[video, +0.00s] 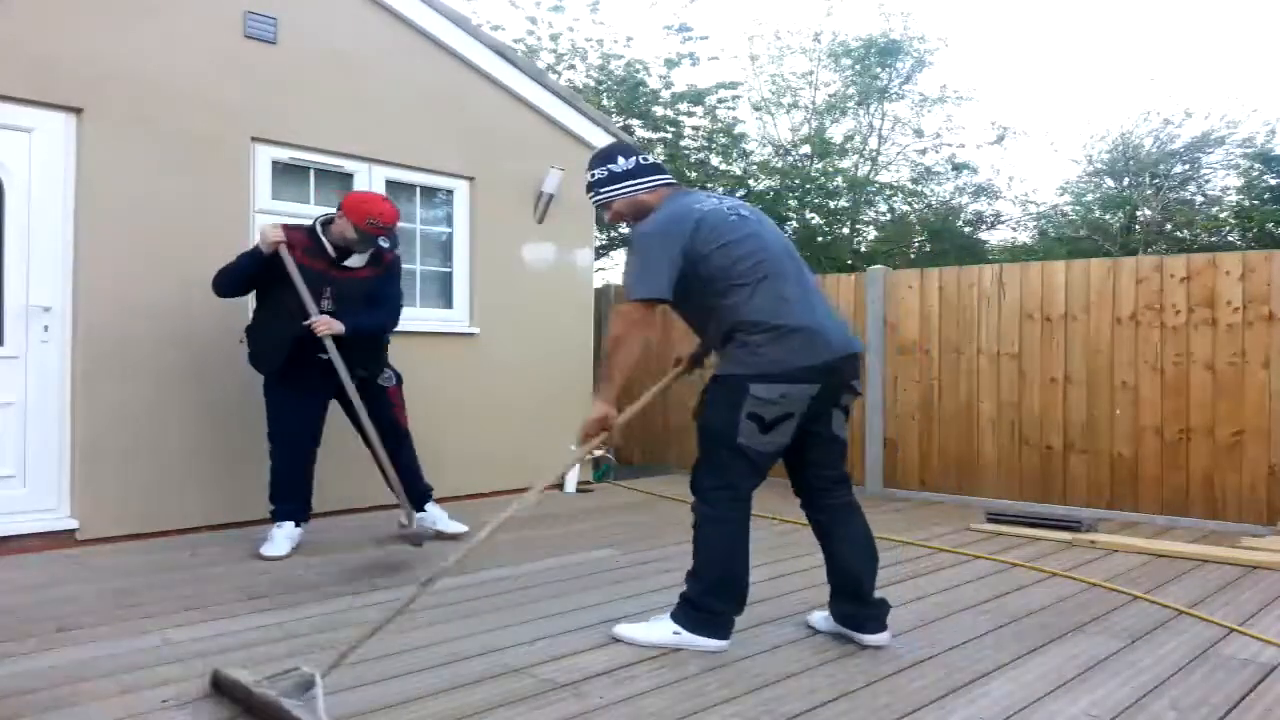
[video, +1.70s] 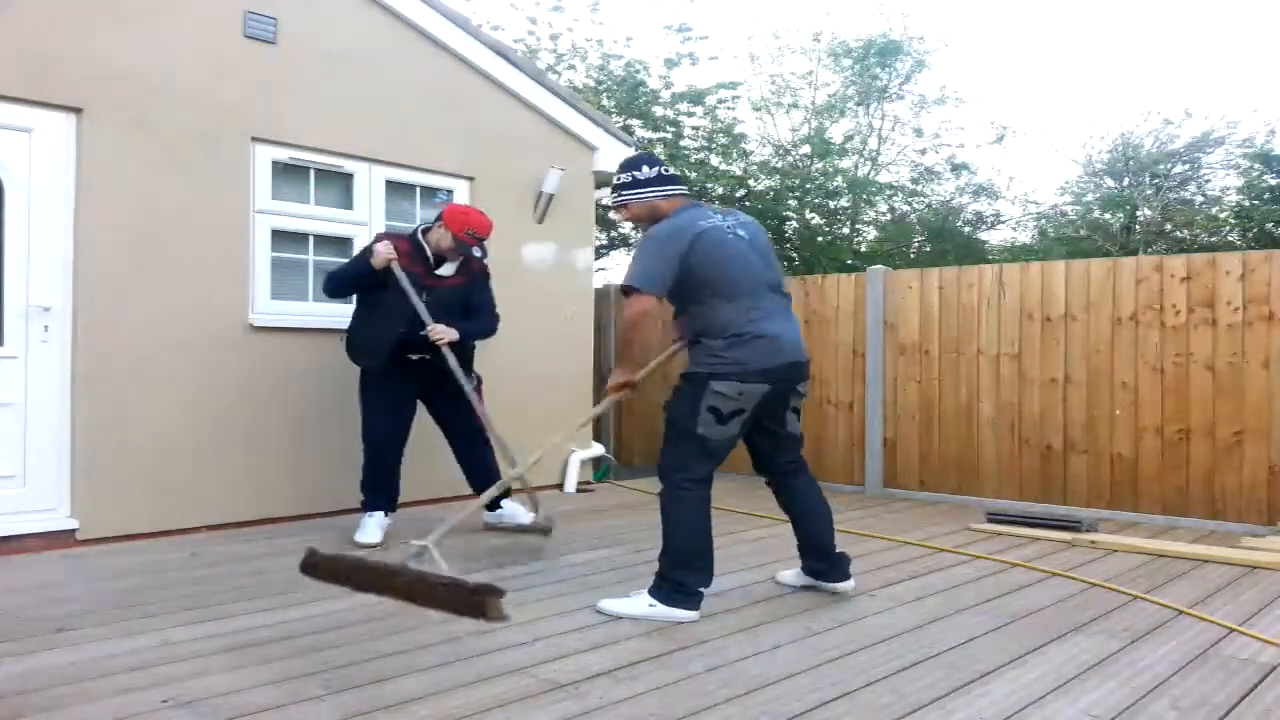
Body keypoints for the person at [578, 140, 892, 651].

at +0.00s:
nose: (613, 219)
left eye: (609, 207)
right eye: (606, 211)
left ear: (630, 189)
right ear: (651, 181)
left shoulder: (660, 224)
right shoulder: (723, 205)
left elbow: (635, 319)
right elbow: (758, 280)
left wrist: (607, 398)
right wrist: (705, 341)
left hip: (765, 360)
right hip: (832, 354)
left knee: (720, 488)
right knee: (825, 485)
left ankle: (704, 620)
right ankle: (861, 614)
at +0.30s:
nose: (598, 213)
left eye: (597, 199)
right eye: (593, 203)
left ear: (622, 183)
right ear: (646, 177)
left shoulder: (649, 217)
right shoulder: (723, 201)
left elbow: (608, 303)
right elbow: (752, 277)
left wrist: (591, 382)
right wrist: (692, 331)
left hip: (739, 359)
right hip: (807, 352)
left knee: (712, 488)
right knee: (788, 478)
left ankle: (704, 620)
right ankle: (798, 596)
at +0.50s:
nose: (617, 207)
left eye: (615, 195)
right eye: (612, 197)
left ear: (638, 182)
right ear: (663, 174)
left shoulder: (655, 222)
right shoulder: (744, 200)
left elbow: (648, 317)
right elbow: (800, 256)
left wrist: (664, 375)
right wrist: (764, 317)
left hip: (726, 360)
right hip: (794, 355)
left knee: (700, 486)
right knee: (765, 476)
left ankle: (704, 617)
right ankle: (769, 592)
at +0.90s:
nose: (610, 215)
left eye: (609, 204)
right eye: (605, 206)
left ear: (632, 191)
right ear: (655, 184)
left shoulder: (646, 237)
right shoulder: (735, 207)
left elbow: (655, 335)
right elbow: (789, 256)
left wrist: (656, 387)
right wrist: (770, 320)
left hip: (724, 362)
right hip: (792, 355)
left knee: (688, 477)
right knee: (769, 475)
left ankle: (678, 593)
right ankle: (768, 590)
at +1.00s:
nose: (595, 222)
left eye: (595, 209)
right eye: (591, 213)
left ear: (621, 196)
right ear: (642, 193)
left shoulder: (634, 235)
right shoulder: (717, 214)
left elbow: (619, 323)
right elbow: (765, 276)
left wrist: (620, 390)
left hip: (721, 360)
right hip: (787, 355)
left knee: (683, 477)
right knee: (767, 474)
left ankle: (676, 594)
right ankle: (768, 590)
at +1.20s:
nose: (571, 232)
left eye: (569, 219)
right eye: (565, 223)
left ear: (591, 205)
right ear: (612, 199)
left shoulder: (615, 237)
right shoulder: (678, 217)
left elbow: (590, 319)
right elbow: (705, 288)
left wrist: (570, 393)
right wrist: (653, 341)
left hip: (716, 359)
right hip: (779, 350)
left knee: (679, 476)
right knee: (766, 472)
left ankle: (676, 594)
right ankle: (778, 588)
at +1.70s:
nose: (624, 215)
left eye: (625, 204)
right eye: (621, 206)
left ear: (651, 196)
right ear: (670, 193)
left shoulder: (667, 234)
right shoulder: (739, 221)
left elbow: (639, 309)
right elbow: (761, 288)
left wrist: (627, 368)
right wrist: (697, 320)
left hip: (728, 366)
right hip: (785, 360)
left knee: (683, 474)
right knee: (785, 464)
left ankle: (677, 593)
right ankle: (828, 568)